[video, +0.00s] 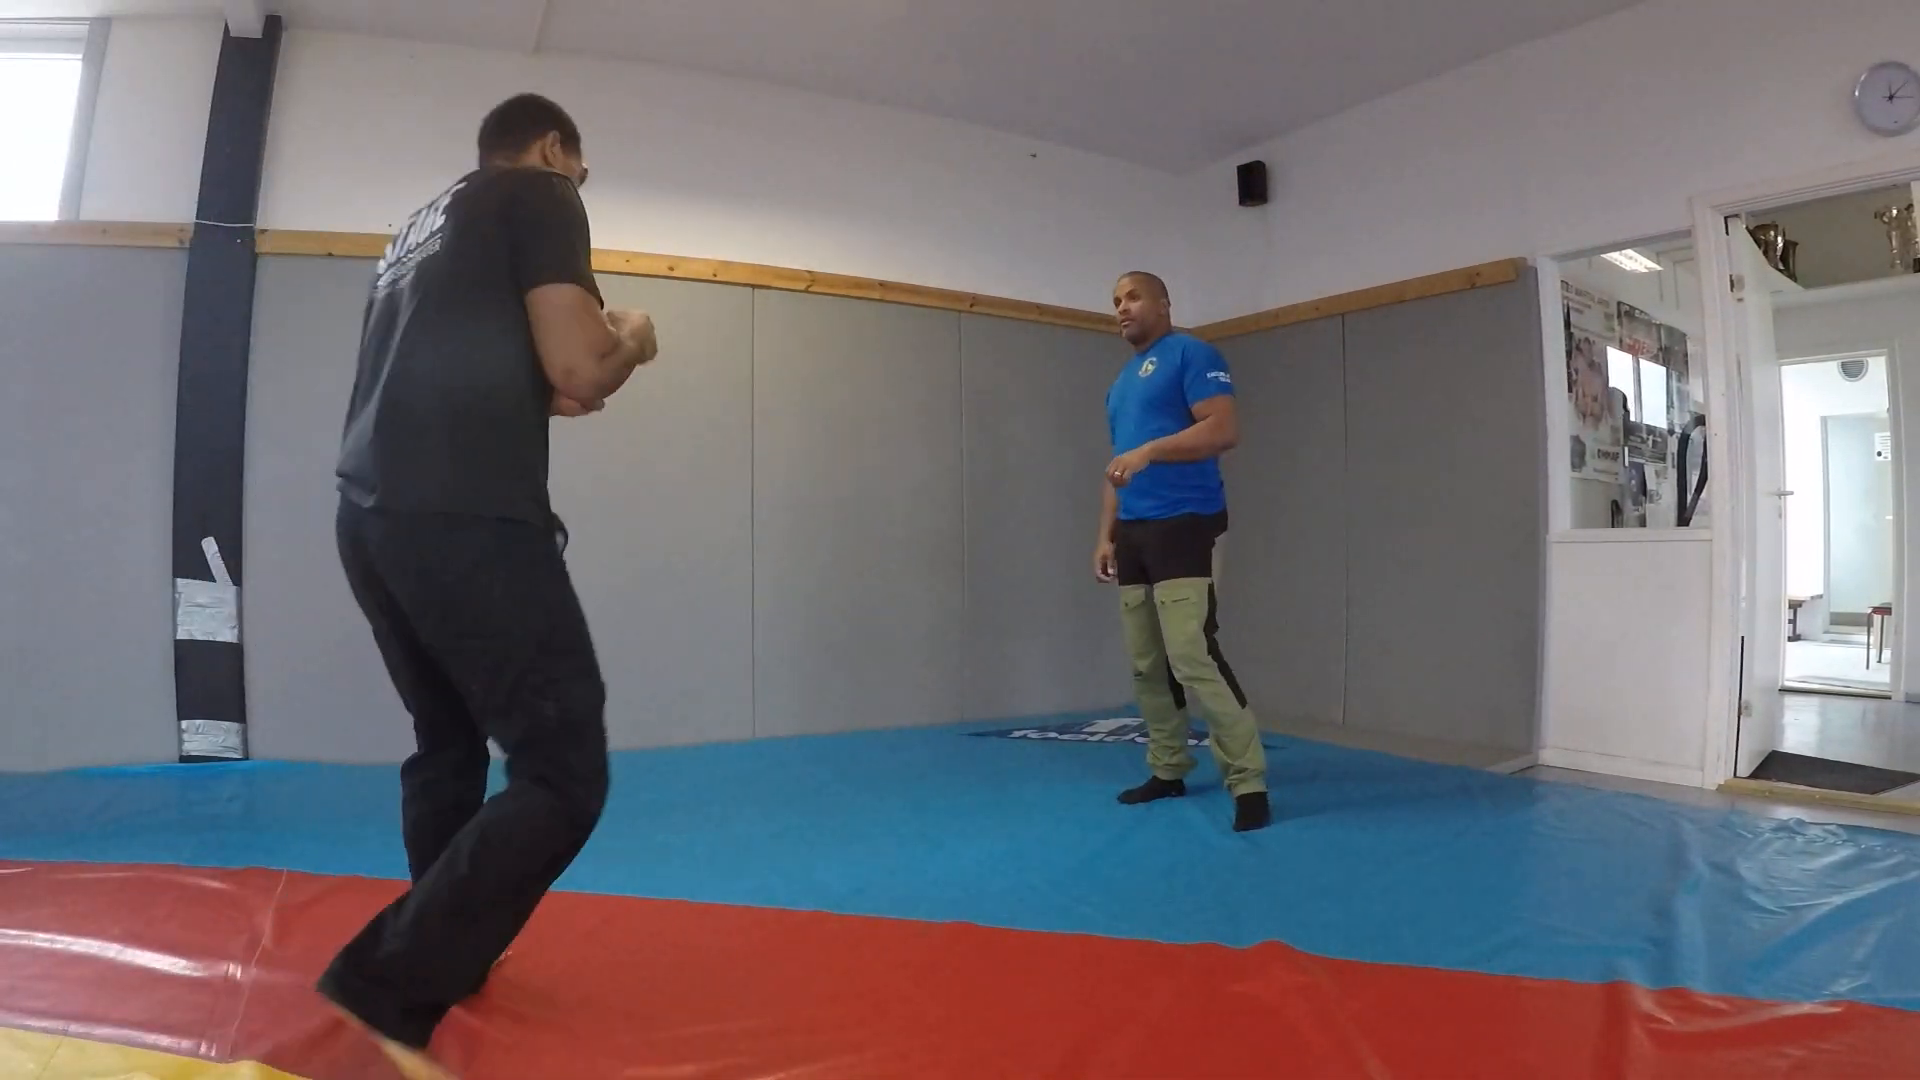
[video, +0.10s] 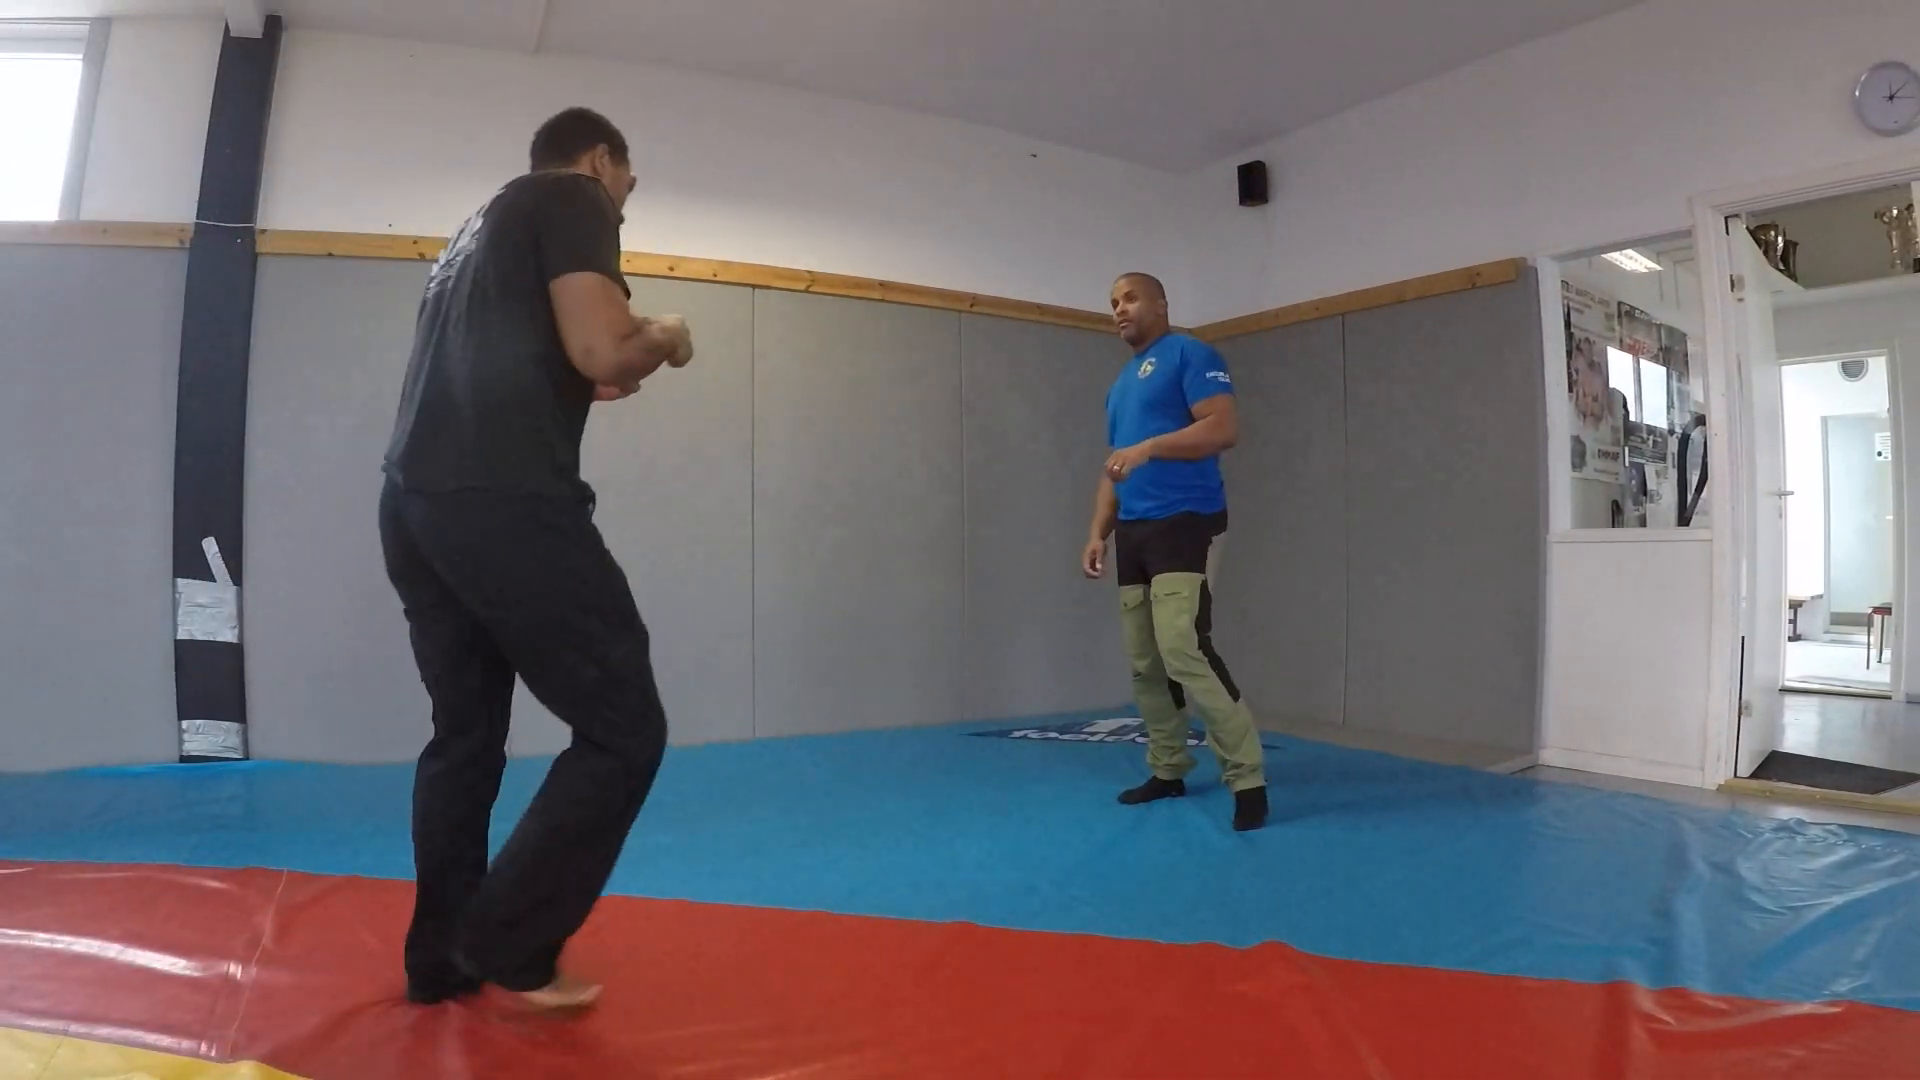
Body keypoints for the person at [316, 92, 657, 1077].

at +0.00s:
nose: (579, 189)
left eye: (580, 178)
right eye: (577, 174)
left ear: (490, 150)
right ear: (549, 151)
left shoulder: (422, 226)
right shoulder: (538, 196)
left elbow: (486, 387)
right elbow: (575, 373)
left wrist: (578, 380)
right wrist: (629, 338)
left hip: (373, 519)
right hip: (473, 521)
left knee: (449, 742)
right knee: (565, 777)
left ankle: (448, 942)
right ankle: (390, 984)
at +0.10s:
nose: (625, 203)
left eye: (627, 192)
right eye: (624, 187)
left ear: (544, 159)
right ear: (598, 161)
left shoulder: (475, 230)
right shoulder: (570, 200)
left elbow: (507, 372)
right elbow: (603, 356)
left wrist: (608, 374)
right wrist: (661, 339)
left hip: (419, 509)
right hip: (512, 509)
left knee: (464, 733)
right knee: (625, 732)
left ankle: (439, 956)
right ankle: (511, 945)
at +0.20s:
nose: (674, 206)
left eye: (676, 192)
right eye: (671, 188)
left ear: (596, 169)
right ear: (642, 170)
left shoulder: (532, 235)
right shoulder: (609, 213)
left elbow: (594, 355)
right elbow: (653, 353)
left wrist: (677, 315)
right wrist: (714, 318)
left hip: (464, 504)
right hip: (552, 507)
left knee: (472, 732)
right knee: (643, 709)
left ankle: (444, 956)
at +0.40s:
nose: (779, 232)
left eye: (780, 216)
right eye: (777, 213)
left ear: (701, 205)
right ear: (748, 203)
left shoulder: (639, 269)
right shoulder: (712, 275)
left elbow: (668, 386)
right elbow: (752, 428)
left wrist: (757, 355)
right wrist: (804, 368)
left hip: (577, 529)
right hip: (663, 538)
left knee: (565, 726)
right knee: (729, 721)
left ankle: (463, 916)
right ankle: (747, 903)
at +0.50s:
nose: (824, 249)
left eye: (828, 234)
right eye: (826, 231)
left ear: (753, 215)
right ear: (798, 217)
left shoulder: (686, 278)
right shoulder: (758, 290)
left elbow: (703, 416)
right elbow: (788, 449)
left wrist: (799, 404)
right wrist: (850, 410)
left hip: (634, 528)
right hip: (710, 536)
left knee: (680, 697)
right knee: (782, 718)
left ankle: (548, 841)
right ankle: (753, 902)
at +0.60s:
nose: (865, 244)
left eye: (867, 229)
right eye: (865, 227)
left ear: (796, 217)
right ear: (836, 217)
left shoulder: (726, 282)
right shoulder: (787, 293)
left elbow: (734, 421)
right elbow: (818, 442)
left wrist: (843, 407)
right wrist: (883, 396)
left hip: (684, 519)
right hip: (744, 531)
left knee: (758, 680)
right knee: (797, 719)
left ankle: (666, 829)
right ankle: (755, 901)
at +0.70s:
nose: (895, 250)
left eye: (897, 235)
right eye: (894, 232)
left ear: (834, 219)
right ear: (867, 218)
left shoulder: (775, 281)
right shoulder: (808, 287)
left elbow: (851, 418)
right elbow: (852, 425)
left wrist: (901, 379)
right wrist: (915, 369)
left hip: (737, 506)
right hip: (763, 515)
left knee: (804, 677)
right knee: (802, 693)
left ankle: (787, 833)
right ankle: (753, 899)